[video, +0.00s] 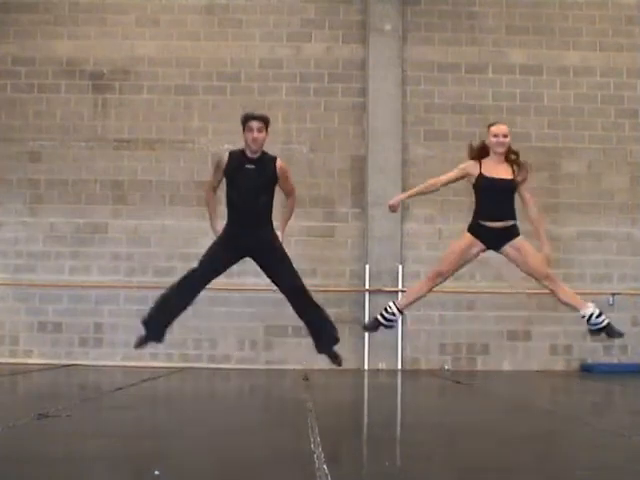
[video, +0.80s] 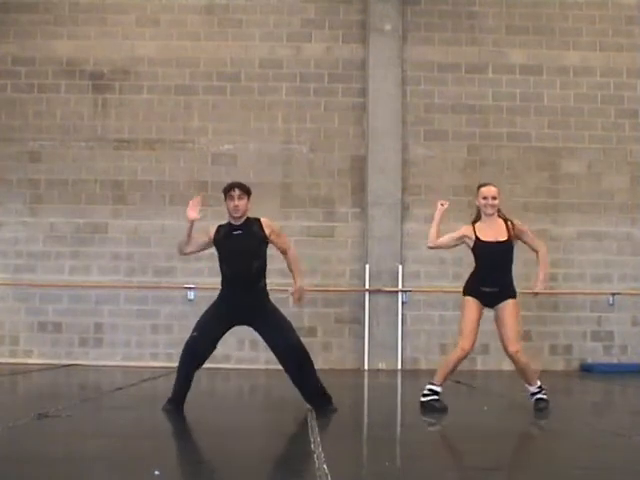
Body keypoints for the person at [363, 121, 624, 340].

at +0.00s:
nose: (502, 140)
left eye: (505, 136)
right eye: (496, 136)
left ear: (510, 141)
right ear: (487, 140)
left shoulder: (516, 171)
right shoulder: (474, 166)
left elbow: (531, 206)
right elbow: (438, 183)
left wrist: (543, 242)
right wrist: (404, 196)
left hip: (509, 237)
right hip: (477, 235)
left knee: (548, 277)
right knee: (437, 275)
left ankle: (593, 316)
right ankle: (392, 314)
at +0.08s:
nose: (503, 147)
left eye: (507, 143)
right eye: (498, 143)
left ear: (512, 147)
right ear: (490, 146)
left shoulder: (519, 179)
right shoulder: (475, 174)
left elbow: (525, 219)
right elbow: (445, 199)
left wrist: (532, 253)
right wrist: (419, 223)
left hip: (508, 242)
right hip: (478, 241)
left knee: (536, 294)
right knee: (449, 292)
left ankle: (563, 345)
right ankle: (421, 343)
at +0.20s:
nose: (503, 178)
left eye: (507, 174)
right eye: (498, 174)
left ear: (512, 179)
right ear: (490, 178)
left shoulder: (518, 210)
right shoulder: (476, 207)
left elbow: (522, 251)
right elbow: (464, 244)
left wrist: (524, 288)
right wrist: (453, 279)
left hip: (509, 274)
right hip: (479, 274)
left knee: (511, 333)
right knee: (474, 333)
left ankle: (500, 386)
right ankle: (481, 384)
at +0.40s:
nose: (497, 180)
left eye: (502, 176)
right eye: (493, 176)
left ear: (507, 180)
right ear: (485, 180)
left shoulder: (517, 210)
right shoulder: (474, 206)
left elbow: (528, 248)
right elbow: (462, 242)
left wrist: (534, 281)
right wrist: (452, 271)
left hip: (508, 272)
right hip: (479, 273)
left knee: (516, 332)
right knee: (474, 333)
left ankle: (505, 384)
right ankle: (472, 384)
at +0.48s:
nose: (496, 177)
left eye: (500, 173)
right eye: (491, 173)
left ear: (505, 176)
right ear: (483, 176)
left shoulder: (515, 202)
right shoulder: (474, 200)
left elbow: (539, 231)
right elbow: (452, 210)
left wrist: (556, 262)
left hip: (506, 267)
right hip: (478, 267)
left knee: (520, 326)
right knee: (468, 328)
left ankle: (524, 375)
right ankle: (452, 373)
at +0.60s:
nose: (493, 185)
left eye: (497, 181)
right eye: (488, 181)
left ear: (503, 185)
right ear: (481, 185)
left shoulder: (514, 208)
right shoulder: (470, 210)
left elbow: (546, 222)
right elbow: (435, 203)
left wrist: (569, 252)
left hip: (506, 277)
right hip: (477, 277)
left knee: (519, 337)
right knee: (464, 336)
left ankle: (542, 384)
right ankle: (432, 384)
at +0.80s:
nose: (490, 202)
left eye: (494, 198)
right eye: (485, 198)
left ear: (500, 201)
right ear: (477, 201)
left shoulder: (512, 227)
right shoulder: (470, 231)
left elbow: (541, 249)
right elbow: (433, 243)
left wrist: (541, 279)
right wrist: (438, 213)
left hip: (505, 292)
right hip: (475, 292)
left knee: (513, 350)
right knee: (465, 347)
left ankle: (537, 391)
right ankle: (432, 390)